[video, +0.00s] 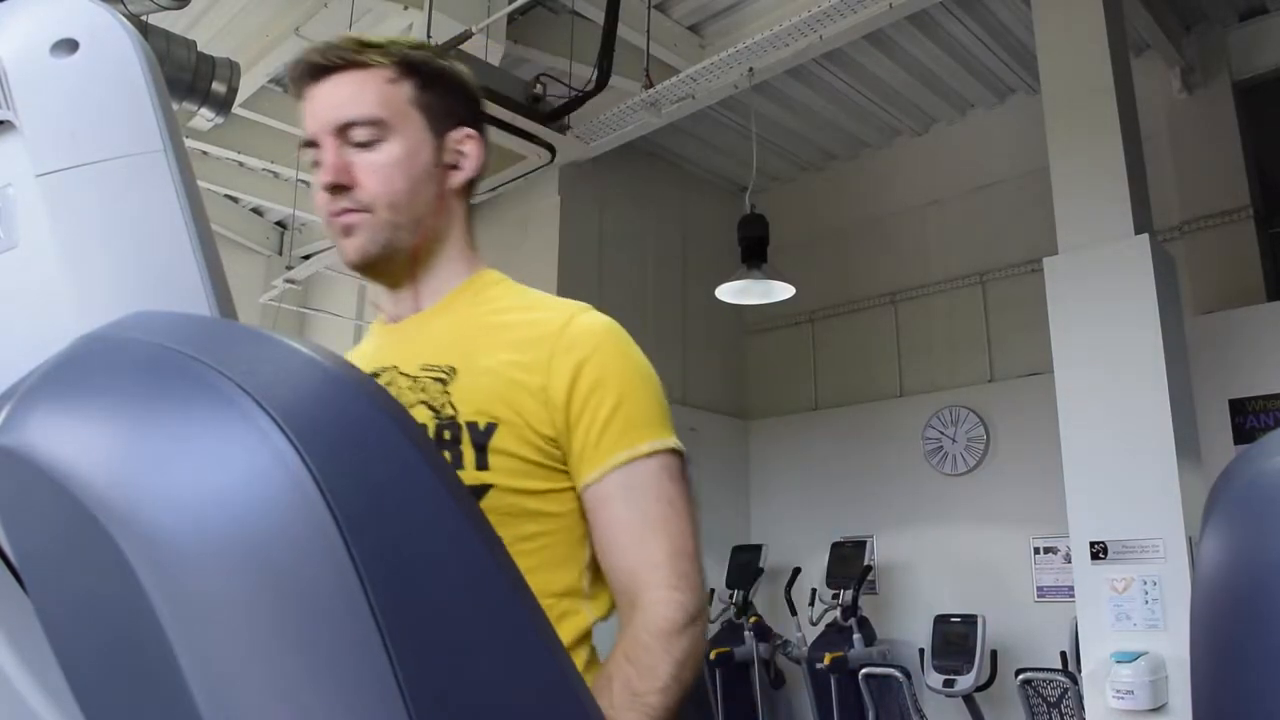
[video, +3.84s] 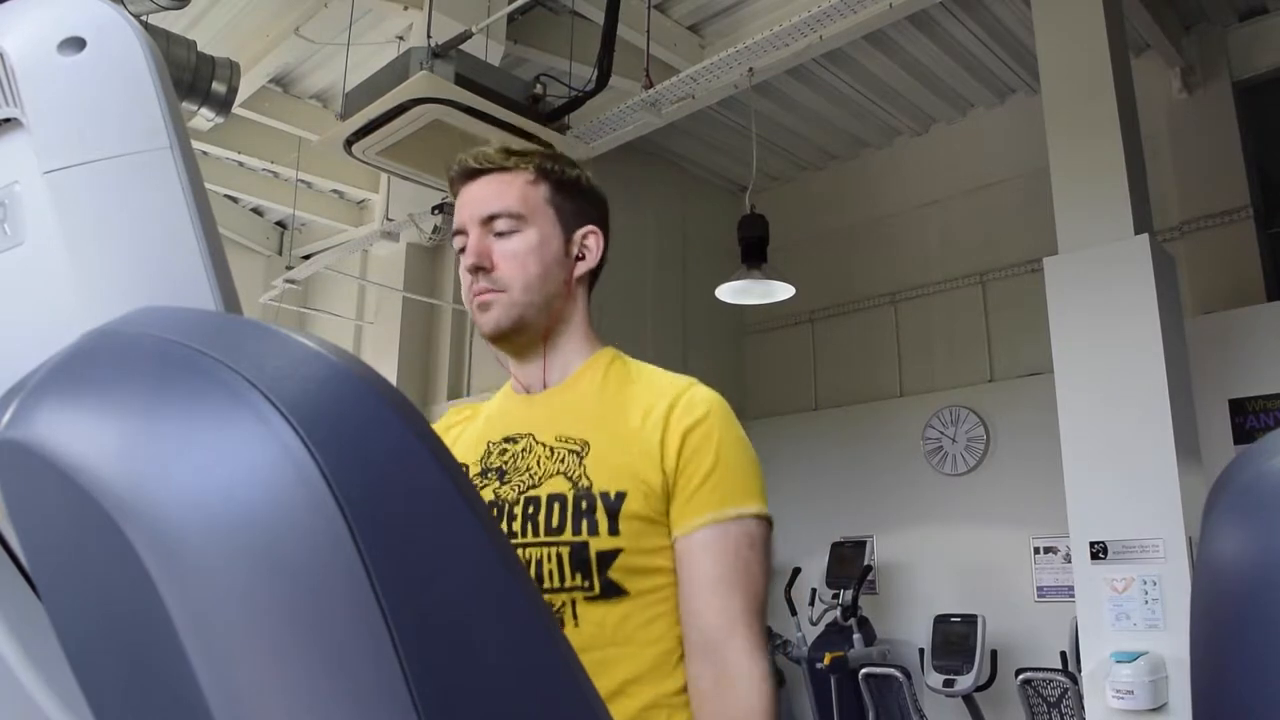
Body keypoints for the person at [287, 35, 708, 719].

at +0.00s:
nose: (327, 176)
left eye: (362, 140)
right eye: (314, 154)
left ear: (458, 158)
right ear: (311, 176)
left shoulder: (576, 347)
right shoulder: (339, 382)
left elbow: (667, 615)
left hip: (536, 701)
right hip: (372, 702)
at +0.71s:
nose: (398, 224)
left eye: (433, 187)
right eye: (384, 200)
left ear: (524, 204)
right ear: (378, 218)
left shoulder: (645, 388)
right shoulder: (394, 420)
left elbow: (697, 664)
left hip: (600, 703)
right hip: (436, 705)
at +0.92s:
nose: (467, 226)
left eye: (504, 194)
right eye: (455, 205)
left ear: (591, 217)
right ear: (447, 224)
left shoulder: (702, 404)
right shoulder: (450, 426)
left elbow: (723, 680)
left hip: (635, 703)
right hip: (469, 703)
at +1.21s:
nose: (555, 225)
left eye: (589, 195)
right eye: (545, 203)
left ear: (669, 216)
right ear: (537, 221)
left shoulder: (760, 391)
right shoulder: (515, 416)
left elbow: (749, 648)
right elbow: (424, 579)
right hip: (537, 701)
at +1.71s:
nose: (495, 238)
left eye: (529, 211)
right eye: (482, 223)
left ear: (607, 237)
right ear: (474, 248)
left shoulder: (708, 410)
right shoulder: (452, 445)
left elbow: (788, 655)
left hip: (677, 703)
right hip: (499, 704)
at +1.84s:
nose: (457, 249)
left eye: (489, 219)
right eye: (445, 231)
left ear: (570, 240)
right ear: (438, 255)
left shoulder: (672, 412)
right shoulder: (440, 440)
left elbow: (715, 687)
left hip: (633, 704)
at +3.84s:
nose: (471, 258)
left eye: (503, 229)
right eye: (462, 240)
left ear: (583, 251)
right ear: (457, 263)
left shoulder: (685, 419)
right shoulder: (444, 443)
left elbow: (726, 666)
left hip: (642, 705)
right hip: (470, 704)